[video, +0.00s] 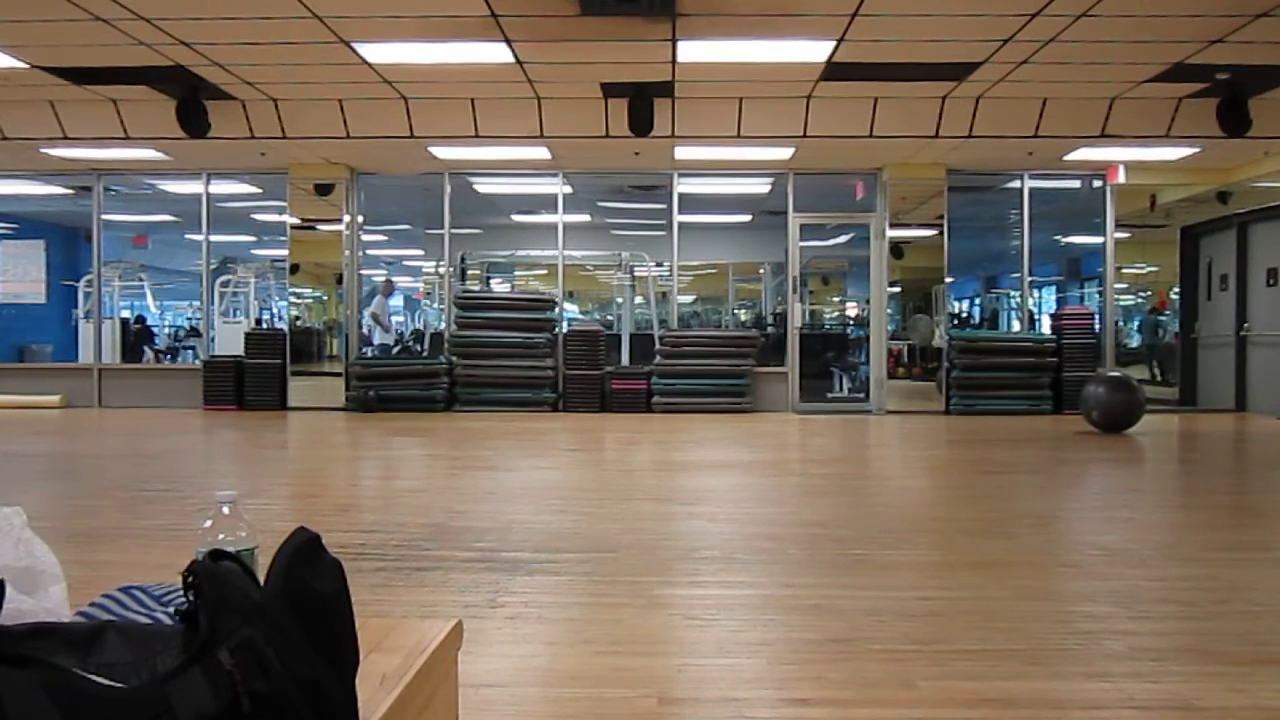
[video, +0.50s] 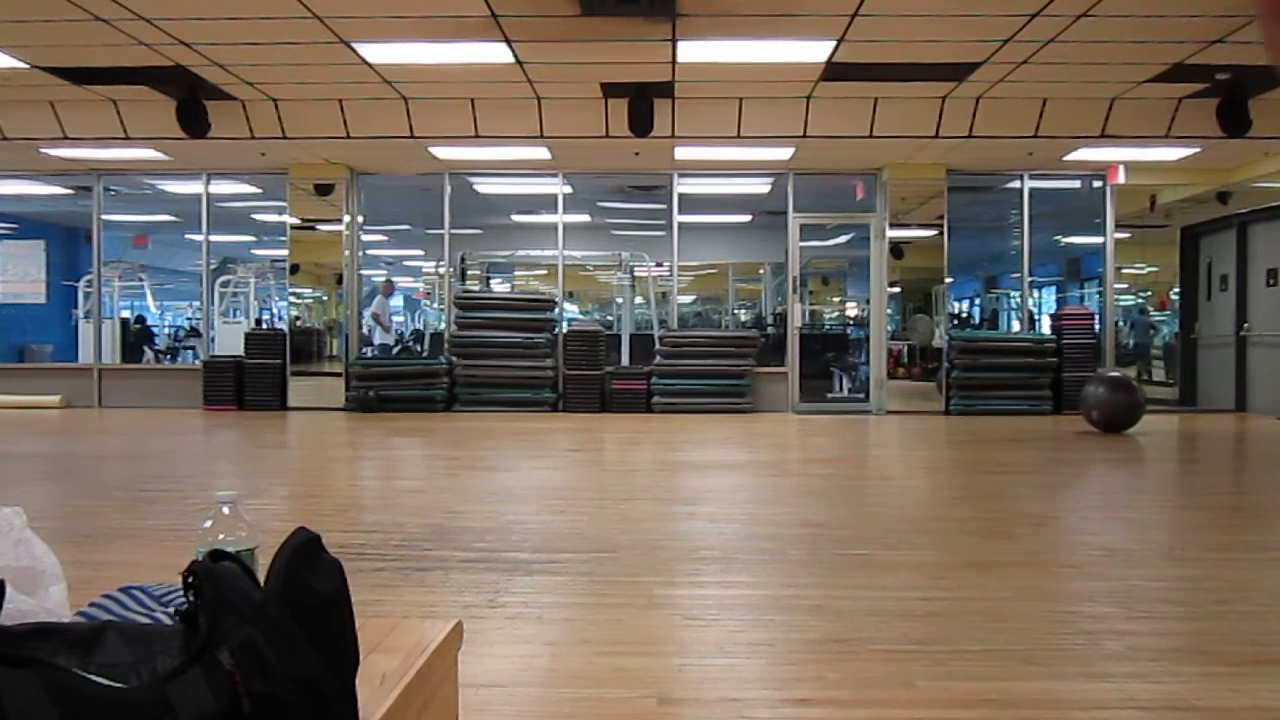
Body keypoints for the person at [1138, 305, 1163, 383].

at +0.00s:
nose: (1157, 315)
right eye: (1157, 312)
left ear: (1148, 311)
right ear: (1156, 312)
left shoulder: (1144, 318)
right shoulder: (1156, 319)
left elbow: (1138, 329)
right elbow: (1164, 328)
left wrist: (1144, 334)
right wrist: (1162, 338)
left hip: (1146, 342)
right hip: (1155, 341)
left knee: (1149, 360)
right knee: (1159, 359)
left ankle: (1152, 376)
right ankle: (1163, 376)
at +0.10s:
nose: (1155, 315)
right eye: (1155, 313)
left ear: (1147, 312)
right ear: (1154, 313)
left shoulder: (1142, 319)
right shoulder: (1154, 319)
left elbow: (1137, 329)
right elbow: (1164, 326)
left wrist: (1142, 335)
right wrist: (1162, 336)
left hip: (1145, 341)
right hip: (1153, 341)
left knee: (1148, 359)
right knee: (1153, 359)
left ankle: (1151, 375)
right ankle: (1154, 376)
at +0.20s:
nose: (1151, 315)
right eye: (1151, 313)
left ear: (1144, 313)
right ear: (1151, 313)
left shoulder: (1140, 320)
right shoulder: (1153, 320)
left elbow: (1136, 328)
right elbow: (1163, 327)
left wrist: (1140, 335)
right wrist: (1160, 337)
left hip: (1142, 342)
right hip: (1151, 341)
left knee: (1146, 359)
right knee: (1149, 359)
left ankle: (1151, 375)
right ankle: (1145, 374)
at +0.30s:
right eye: (1148, 313)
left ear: (1142, 313)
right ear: (1148, 313)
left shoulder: (1138, 320)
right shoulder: (1151, 321)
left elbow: (1135, 329)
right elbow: (1161, 328)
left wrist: (1139, 336)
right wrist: (1154, 338)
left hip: (1140, 342)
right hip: (1148, 342)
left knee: (1142, 359)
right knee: (1148, 359)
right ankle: (1152, 375)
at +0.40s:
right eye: (1147, 314)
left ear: (1140, 313)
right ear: (1147, 313)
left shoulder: (1136, 320)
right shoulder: (1149, 321)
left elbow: (1133, 328)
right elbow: (1159, 329)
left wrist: (1135, 336)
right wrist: (1153, 338)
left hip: (1138, 342)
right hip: (1147, 342)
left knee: (1139, 359)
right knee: (1148, 359)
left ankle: (1139, 375)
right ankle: (1151, 375)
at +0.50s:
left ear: (1138, 312)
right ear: (1146, 313)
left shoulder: (1134, 320)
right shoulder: (1148, 321)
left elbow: (1129, 330)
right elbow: (1157, 329)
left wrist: (1127, 340)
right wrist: (1151, 337)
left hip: (1137, 342)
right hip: (1146, 343)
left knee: (1138, 359)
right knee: (1147, 360)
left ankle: (1138, 375)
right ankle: (1149, 375)